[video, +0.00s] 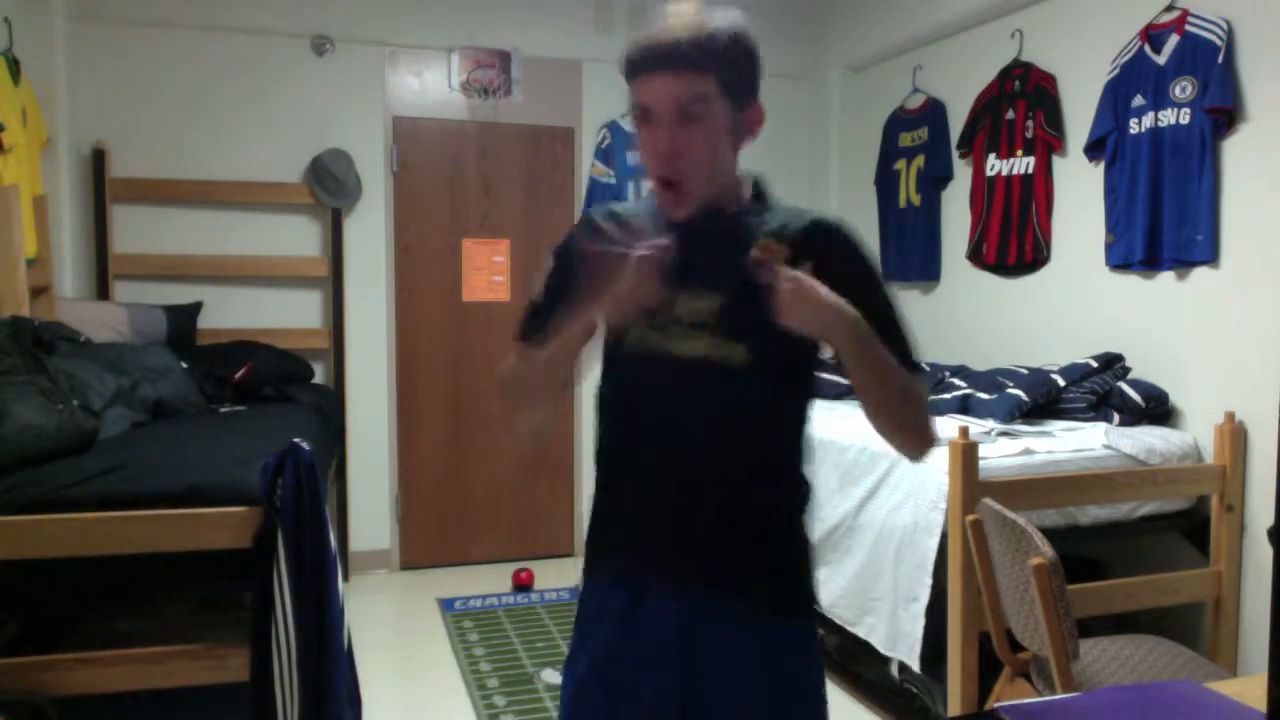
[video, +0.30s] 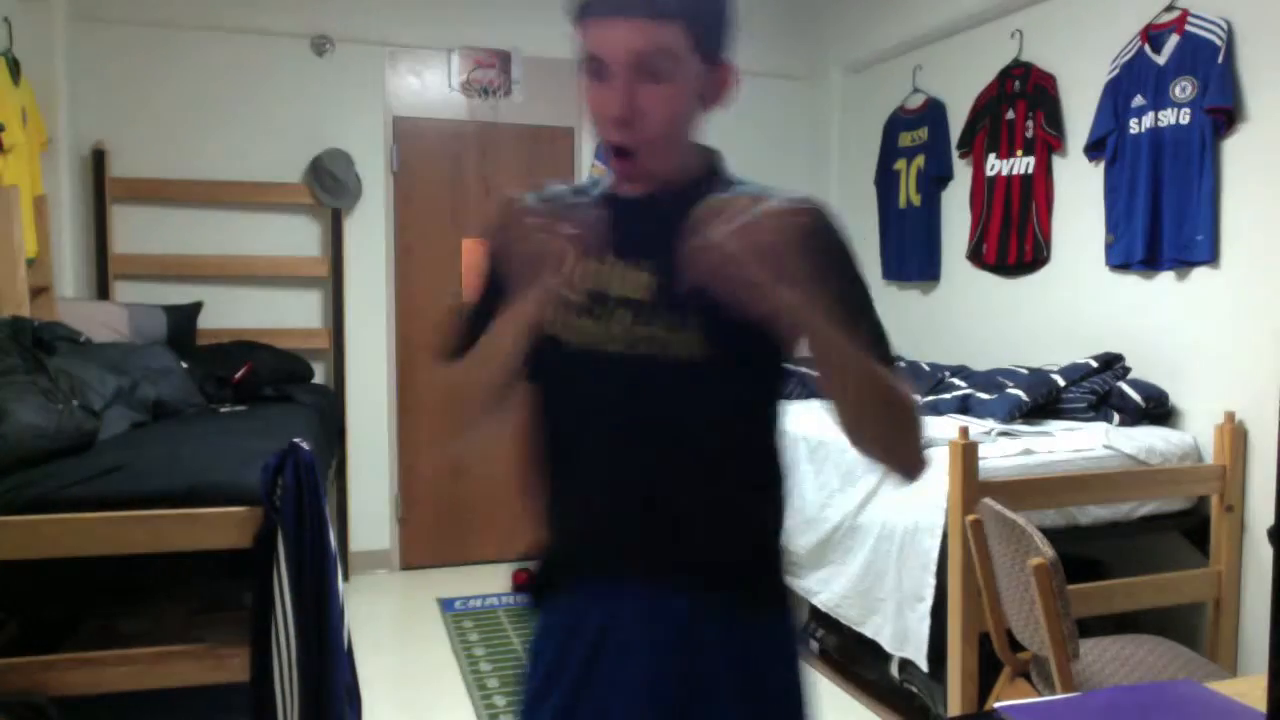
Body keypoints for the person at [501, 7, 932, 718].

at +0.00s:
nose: (664, 144)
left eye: (692, 115)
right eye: (646, 118)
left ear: (749, 124)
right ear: (631, 125)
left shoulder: (811, 248)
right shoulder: (607, 241)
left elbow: (914, 434)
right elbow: (520, 405)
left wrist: (841, 327)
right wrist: (597, 310)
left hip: (758, 602)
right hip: (625, 591)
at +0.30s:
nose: (618, 106)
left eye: (654, 73)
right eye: (598, 72)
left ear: (717, 85)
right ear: (580, 79)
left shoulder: (778, 231)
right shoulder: (539, 225)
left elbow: (901, 449)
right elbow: (455, 414)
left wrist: (795, 303)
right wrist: (530, 302)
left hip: (734, 614)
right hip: (584, 606)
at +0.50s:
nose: (539, 54)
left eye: (576, 16)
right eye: (513, 18)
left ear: (639, 32)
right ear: (484, 41)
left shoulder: (715, 207)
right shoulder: (440, 211)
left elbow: (881, 445)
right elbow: (300, 451)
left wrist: (748, 290)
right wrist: (469, 318)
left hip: (676, 654)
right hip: (502, 657)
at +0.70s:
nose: (490, 52)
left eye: (529, 3)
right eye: (452, 4)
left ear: (595, 17)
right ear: (405, 20)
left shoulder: (684, 188)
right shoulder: (350, 198)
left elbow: (885, 431)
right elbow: (194, 505)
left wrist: (731, 309)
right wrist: (398, 379)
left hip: (651, 665)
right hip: (464, 673)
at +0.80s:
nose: (512, 118)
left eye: (556, 55)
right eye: (463, 54)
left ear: (615, 39)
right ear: (388, 42)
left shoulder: (690, 207)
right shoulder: (316, 220)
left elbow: (883, 448)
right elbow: (170, 541)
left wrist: (716, 389)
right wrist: (421, 448)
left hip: (646, 673)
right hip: (450, 686)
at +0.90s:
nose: (546, 175)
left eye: (580, 112)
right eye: (494, 114)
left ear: (637, 66)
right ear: (399, 61)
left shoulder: (707, 223)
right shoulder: (314, 235)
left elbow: (860, 472)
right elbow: (174, 549)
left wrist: (795, 391)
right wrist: (370, 471)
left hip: (653, 681)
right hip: (452, 690)